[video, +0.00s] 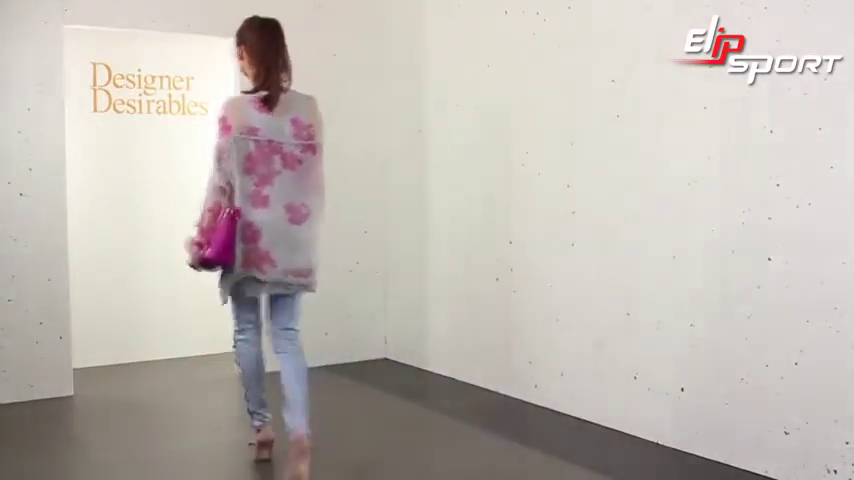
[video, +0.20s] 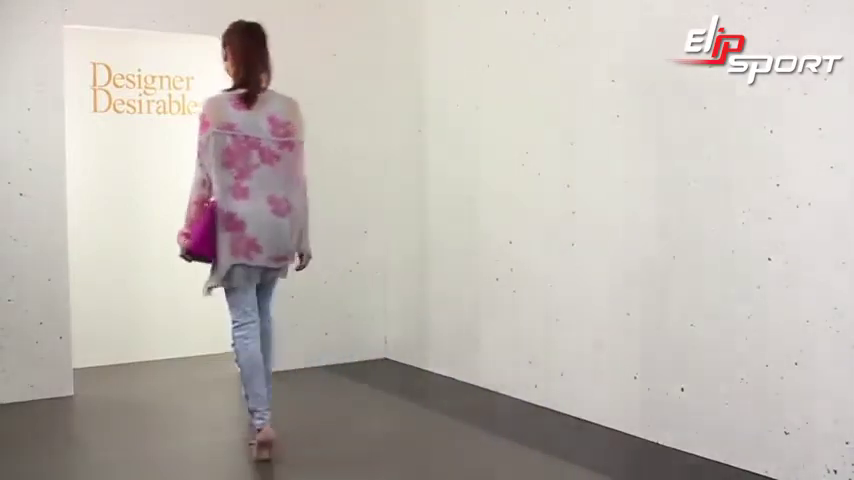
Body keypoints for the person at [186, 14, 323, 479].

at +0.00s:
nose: (238, 59)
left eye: (238, 52)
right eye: (240, 51)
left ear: (246, 55)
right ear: (281, 52)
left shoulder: (235, 111)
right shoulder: (307, 108)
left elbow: (222, 183)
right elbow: (315, 180)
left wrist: (201, 241)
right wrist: (304, 223)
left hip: (247, 237)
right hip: (297, 238)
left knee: (246, 331)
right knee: (288, 332)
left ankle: (262, 425)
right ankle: (300, 429)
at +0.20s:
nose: (223, 58)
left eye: (225, 52)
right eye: (225, 51)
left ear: (231, 55)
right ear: (263, 53)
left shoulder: (216, 106)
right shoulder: (288, 108)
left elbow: (204, 175)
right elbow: (297, 180)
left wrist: (190, 230)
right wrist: (303, 238)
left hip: (233, 228)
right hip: (280, 228)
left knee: (244, 323)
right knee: (263, 313)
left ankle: (263, 422)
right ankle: (260, 406)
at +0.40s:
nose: (208, 76)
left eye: (209, 70)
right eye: (211, 68)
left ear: (213, 73)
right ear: (246, 71)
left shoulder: (198, 121)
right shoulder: (265, 122)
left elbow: (187, 185)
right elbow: (277, 190)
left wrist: (176, 239)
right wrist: (285, 247)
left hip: (215, 238)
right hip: (258, 237)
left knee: (236, 324)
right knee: (241, 324)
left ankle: (259, 417)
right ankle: (221, 401)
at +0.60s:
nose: (192, 75)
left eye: (193, 69)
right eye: (194, 69)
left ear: (197, 73)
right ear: (227, 73)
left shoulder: (182, 121)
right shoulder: (247, 123)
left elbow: (171, 182)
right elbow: (256, 188)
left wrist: (157, 229)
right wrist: (260, 240)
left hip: (199, 232)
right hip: (241, 233)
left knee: (204, 309)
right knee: (232, 311)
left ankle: (216, 388)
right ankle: (222, 400)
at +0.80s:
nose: (178, 83)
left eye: (179, 78)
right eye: (180, 77)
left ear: (184, 81)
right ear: (213, 79)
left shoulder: (172, 127)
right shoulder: (233, 127)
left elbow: (160, 183)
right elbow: (240, 188)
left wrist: (148, 230)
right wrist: (239, 236)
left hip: (182, 231)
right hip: (224, 233)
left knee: (182, 306)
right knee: (225, 310)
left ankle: (182, 379)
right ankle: (219, 396)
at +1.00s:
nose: (165, 89)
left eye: (166, 83)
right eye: (167, 82)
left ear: (171, 86)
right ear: (198, 84)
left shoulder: (160, 130)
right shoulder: (219, 130)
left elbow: (149, 187)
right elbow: (224, 188)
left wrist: (137, 231)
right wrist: (223, 233)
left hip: (169, 233)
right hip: (210, 234)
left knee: (169, 304)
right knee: (202, 302)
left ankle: (179, 382)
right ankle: (213, 376)